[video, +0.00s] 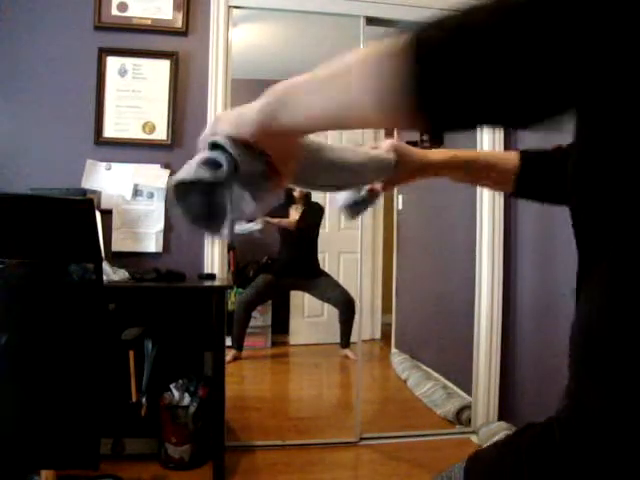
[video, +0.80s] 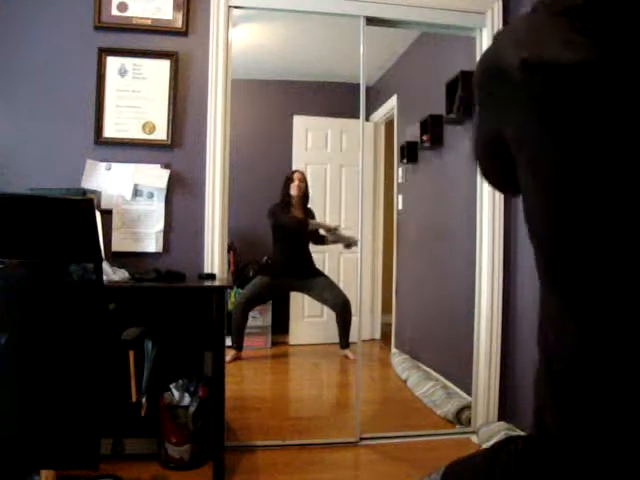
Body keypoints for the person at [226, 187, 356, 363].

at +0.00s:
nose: (300, 187)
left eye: (305, 182)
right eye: (296, 183)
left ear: (311, 187)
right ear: (289, 186)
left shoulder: (316, 209)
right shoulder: (279, 208)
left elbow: (298, 225)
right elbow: (261, 220)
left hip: (310, 272)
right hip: (280, 271)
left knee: (346, 303)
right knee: (244, 302)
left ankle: (345, 347)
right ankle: (236, 349)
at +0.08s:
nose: (295, 192)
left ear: (305, 190)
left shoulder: (314, 210)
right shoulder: (272, 209)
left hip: (309, 272)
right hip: (277, 273)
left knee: (346, 303)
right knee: (244, 302)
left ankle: (345, 347)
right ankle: (236, 350)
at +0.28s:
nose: (303, 190)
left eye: (307, 186)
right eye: (300, 186)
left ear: (311, 190)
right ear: (294, 190)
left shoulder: (318, 213)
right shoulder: (284, 210)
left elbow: (332, 229)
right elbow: (263, 219)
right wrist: (248, 223)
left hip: (308, 274)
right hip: (279, 273)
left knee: (344, 303)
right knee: (243, 303)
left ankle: (344, 348)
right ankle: (236, 349)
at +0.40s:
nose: (298, 184)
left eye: (302, 181)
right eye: (295, 181)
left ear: (309, 186)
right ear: (289, 186)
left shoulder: (317, 213)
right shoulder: (284, 208)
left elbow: (346, 230)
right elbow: (260, 218)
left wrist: (339, 224)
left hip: (307, 273)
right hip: (278, 272)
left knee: (342, 303)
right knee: (243, 303)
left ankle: (345, 348)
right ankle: (236, 349)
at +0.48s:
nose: (297, 182)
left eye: (301, 179)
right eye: (294, 179)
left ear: (307, 184)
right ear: (288, 184)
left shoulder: (314, 211)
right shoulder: (280, 207)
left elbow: (340, 231)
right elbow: (283, 217)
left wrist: (351, 229)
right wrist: (308, 218)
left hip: (305, 271)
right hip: (277, 271)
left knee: (341, 303)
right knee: (242, 303)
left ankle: (345, 348)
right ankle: (236, 349)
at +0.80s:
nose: (297, 184)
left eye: (301, 181)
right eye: (293, 181)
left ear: (306, 187)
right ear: (287, 186)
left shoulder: (308, 213)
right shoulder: (277, 210)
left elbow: (314, 239)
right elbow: (288, 225)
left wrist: (337, 240)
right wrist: (318, 226)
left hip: (306, 273)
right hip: (277, 273)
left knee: (342, 303)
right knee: (242, 303)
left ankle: (345, 348)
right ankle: (236, 350)